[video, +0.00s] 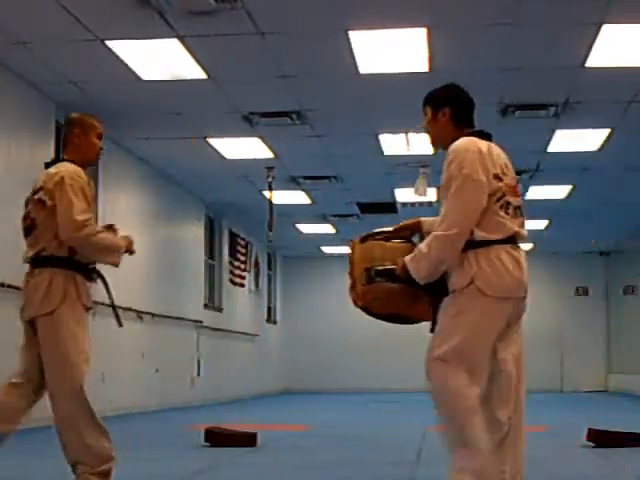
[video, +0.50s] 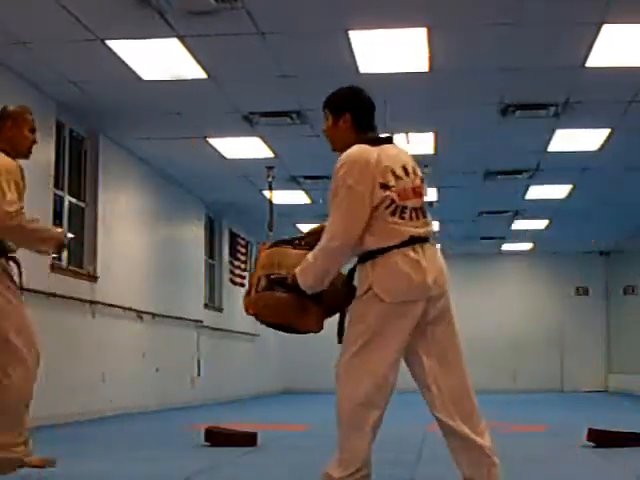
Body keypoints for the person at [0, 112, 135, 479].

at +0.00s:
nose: (102, 146)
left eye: (101, 139)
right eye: (97, 138)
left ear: (73, 141)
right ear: (75, 138)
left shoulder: (50, 177)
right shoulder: (69, 174)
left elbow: (58, 237)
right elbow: (78, 234)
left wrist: (100, 234)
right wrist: (119, 245)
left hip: (40, 283)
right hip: (59, 283)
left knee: (30, 379)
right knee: (68, 380)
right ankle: (93, 466)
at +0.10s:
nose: (79, 151)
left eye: (79, 144)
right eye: (74, 143)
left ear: (48, 145)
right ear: (53, 143)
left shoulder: (26, 182)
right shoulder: (45, 181)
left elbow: (23, 240)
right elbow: (46, 240)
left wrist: (65, 241)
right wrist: (85, 268)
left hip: (12, 286)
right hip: (26, 287)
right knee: (53, 382)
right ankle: (88, 466)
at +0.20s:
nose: (55, 167)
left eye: (55, 159)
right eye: (51, 158)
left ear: (27, 159)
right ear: (29, 158)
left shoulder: (14, 195)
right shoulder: (19, 199)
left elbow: (13, 261)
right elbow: (16, 264)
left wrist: (36, 266)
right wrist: (53, 303)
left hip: (10, 307)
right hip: (7, 308)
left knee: (30, 389)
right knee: (30, 389)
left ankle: (79, 463)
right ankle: (79, 463)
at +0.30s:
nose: (40, 166)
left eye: (40, 159)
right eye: (35, 157)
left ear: (15, 160)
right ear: (14, 158)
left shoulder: (11, 197)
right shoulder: (6, 197)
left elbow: (6, 261)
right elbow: (5, 261)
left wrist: (21, 269)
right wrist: (36, 290)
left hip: (7, 306)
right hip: (3, 307)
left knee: (21, 386)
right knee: (21, 386)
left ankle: (58, 464)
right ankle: (58, 465)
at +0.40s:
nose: (35, 144)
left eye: (35, 138)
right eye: (29, 137)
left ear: (15, 140)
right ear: (8, 137)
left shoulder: (12, 179)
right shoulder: (6, 177)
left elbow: (10, 236)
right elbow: (6, 238)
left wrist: (33, 255)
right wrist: (37, 258)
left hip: (9, 281)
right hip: (5, 283)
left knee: (28, 358)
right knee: (24, 358)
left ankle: (18, 451)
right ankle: (13, 453)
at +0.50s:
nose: (34, 138)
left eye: (34, 132)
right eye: (29, 130)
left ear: (13, 132)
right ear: (8, 130)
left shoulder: (12, 169)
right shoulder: (7, 166)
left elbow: (13, 223)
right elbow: (10, 222)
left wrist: (45, 236)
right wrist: (51, 237)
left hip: (6, 272)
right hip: (3, 273)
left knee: (22, 351)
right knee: (22, 351)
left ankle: (14, 447)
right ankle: (11, 448)